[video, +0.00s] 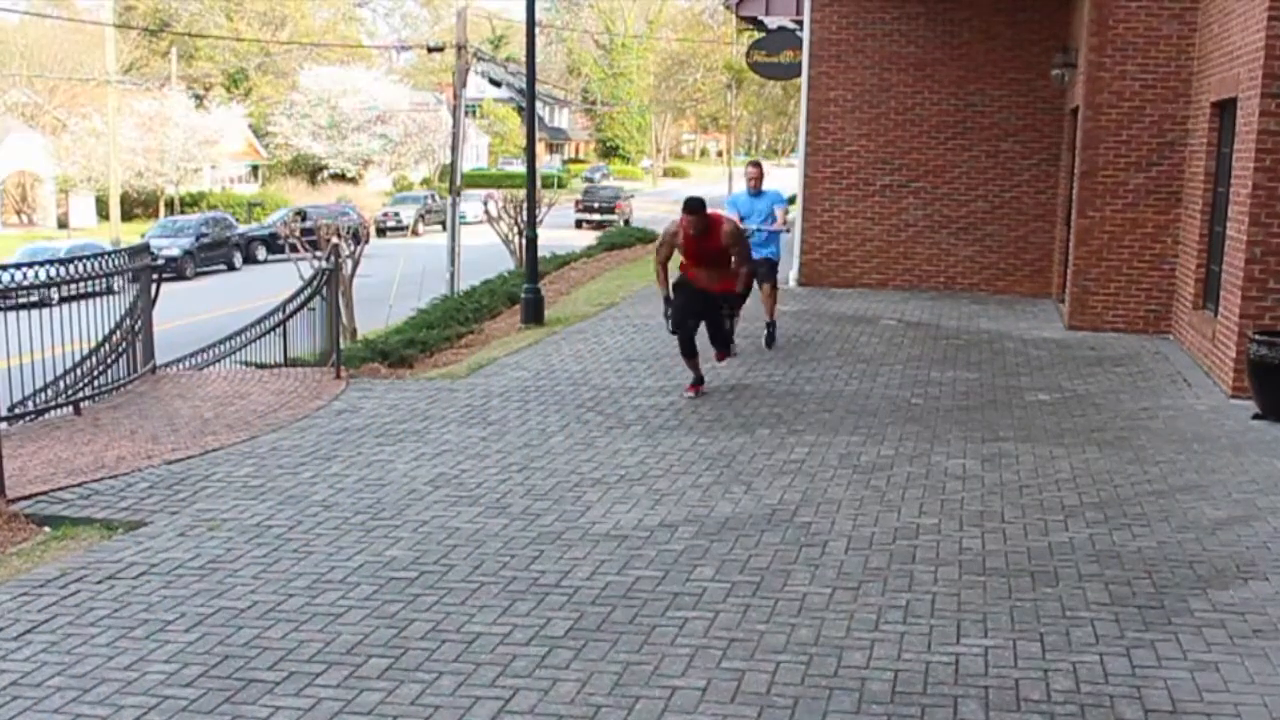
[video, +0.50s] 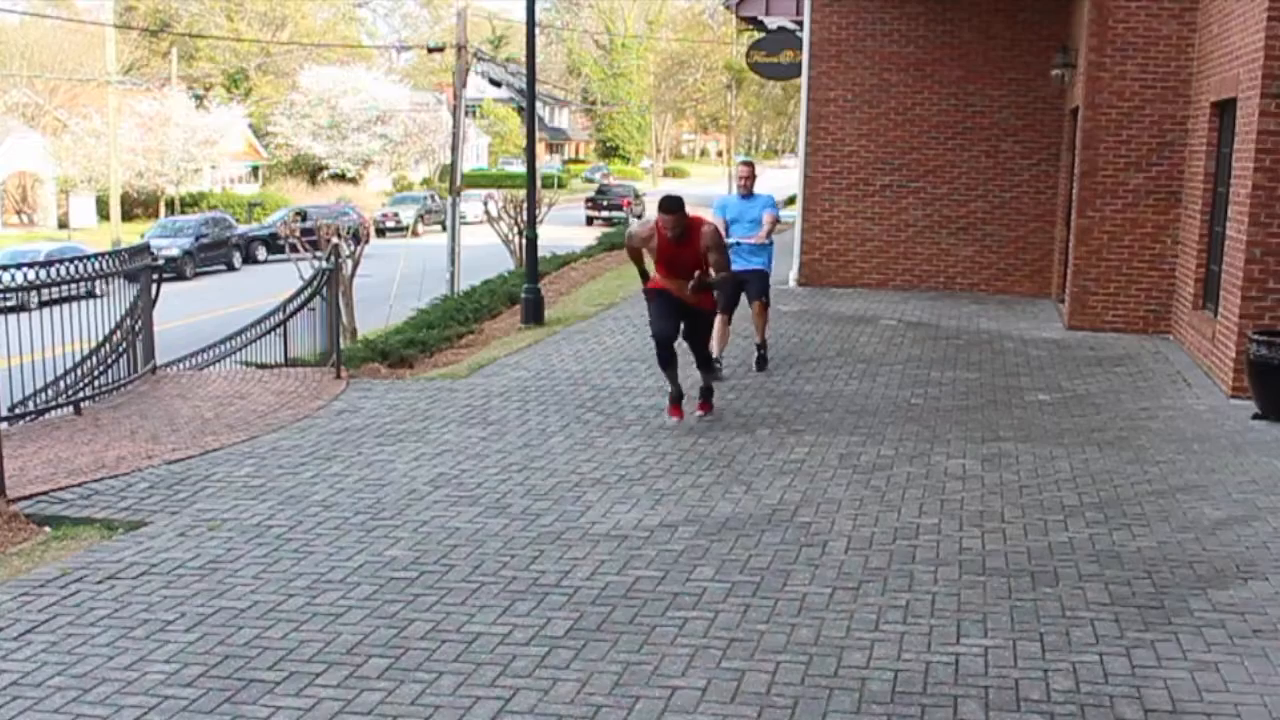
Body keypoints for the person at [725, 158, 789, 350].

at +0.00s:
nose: (753, 183)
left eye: (757, 178)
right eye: (750, 178)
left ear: (762, 178)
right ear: (745, 179)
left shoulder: (774, 197)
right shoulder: (735, 200)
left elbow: (781, 212)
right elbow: (732, 221)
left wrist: (779, 223)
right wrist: (738, 229)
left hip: (767, 252)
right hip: (744, 253)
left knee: (768, 287)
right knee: (737, 294)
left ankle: (770, 323)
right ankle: (729, 331)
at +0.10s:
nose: (751, 182)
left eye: (755, 177)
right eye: (748, 178)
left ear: (761, 178)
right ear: (743, 178)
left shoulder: (772, 198)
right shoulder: (733, 200)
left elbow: (780, 217)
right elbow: (730, 223)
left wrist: (777, 227)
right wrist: (740, 232)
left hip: (765, 253)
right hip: (740, 253)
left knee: (768, 291)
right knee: (736, 297)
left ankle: (765, 334)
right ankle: (731, 337)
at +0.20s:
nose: (754, 179)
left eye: (758, 175)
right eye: (751, 175)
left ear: (764, 176)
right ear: (746, 176)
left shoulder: (775, 198)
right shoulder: (733, 197)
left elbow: (775, 219)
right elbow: (726, 220)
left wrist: (766, 233)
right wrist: (737, 234)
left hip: (762, 254)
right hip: (736, 252)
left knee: (762, 298)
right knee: (731, 297)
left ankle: (763, 340)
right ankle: (729, 333)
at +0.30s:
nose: (756, 181)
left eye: (760, 176)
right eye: (752, 176)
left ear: (765, 178)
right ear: (746, 177)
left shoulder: (776, 201)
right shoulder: (733, 199)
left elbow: (774, 220)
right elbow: (724, 225)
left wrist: (760, 231)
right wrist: (728, 241)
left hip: (762, 260)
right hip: (736, 257)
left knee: (761, 304)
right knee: (728, 297)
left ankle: (759, 350)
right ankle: (724, 333)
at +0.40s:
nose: (750, 181)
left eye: (754, 177)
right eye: (747, 177)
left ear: (761, 178)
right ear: (742, 178)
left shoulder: (774, 201)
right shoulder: (730, 202)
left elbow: (773, 220)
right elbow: (722, 230)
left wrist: (761, 231)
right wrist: (721, 254)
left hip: (761, 264)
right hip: (734, 263)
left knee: (762, 306)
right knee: (725, 308)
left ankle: (760, 351)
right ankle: (717, 351)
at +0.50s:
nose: (743, 182)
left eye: (747, 178)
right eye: (740, 178)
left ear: (754, 179)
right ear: (735, 179)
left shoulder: (766, 201)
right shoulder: (723, 203)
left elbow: (769, 221)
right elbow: (718, 229)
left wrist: (763, 234)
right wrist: (720, 245)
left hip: (757, 264)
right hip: (731, 264)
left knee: (759, 304)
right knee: (723, 311)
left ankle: (760, 345)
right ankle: (716, 357)